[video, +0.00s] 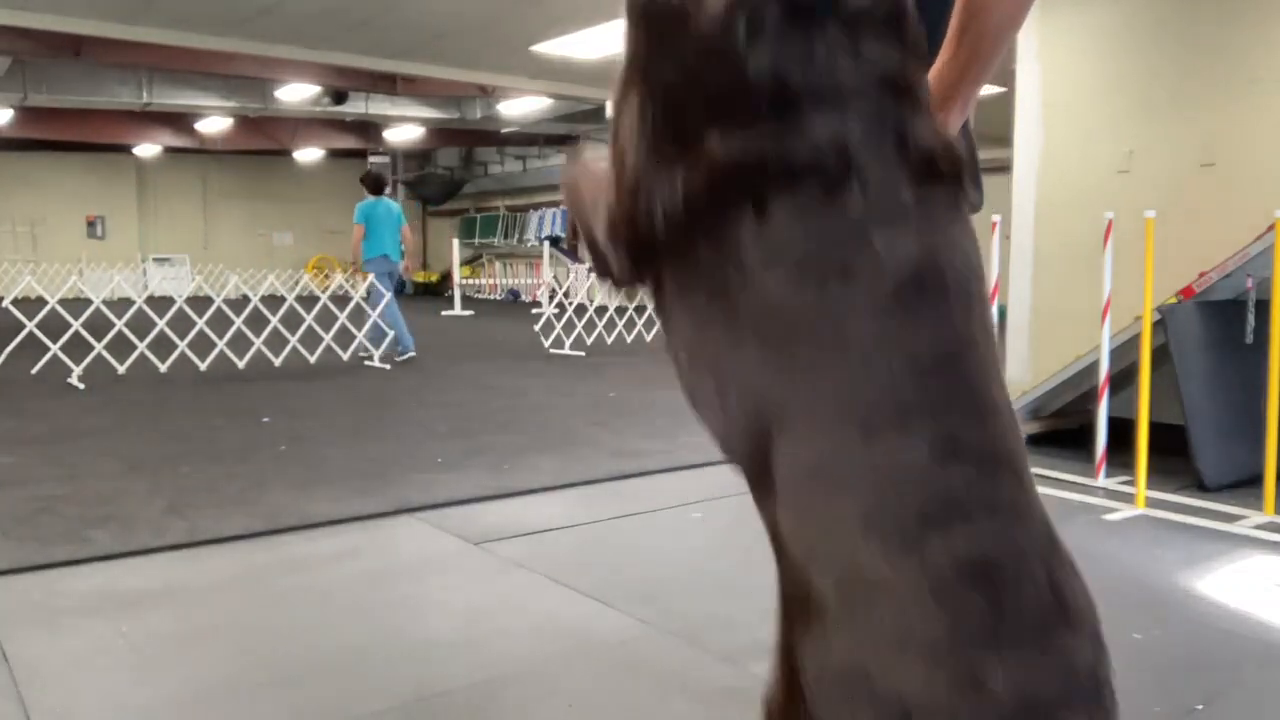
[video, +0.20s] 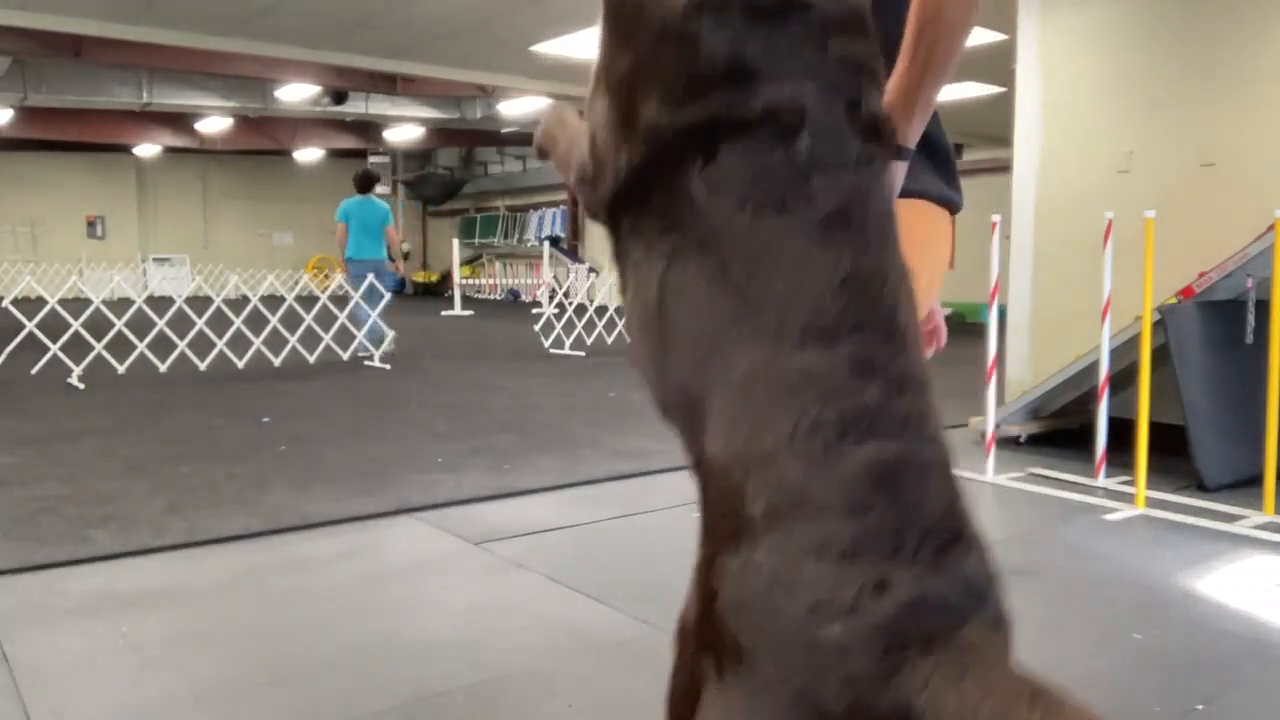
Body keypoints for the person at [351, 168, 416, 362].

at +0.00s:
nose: (363, 189)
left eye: (364, 186)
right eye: (364, 186)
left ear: (366, 188)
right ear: (383, 186)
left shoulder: (363, 207)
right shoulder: (395, 206)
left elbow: (358, 235)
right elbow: (407, 234)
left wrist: (355, 260)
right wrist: (408, 258)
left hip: (374, 259)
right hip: (394, 259)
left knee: (386, 303)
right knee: (379, 303)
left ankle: (406, 345)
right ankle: (372, 344)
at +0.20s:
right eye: (374, 184)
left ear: (356, 185)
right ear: (374, 186)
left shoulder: (346, 205)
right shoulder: (383, 207)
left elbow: (341, 235)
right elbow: (392, 237)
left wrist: (343, 259)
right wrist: (398, 259)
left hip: (356, 259)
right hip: (380, 259)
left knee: (359, 302)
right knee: (378, 300)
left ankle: (384, 333)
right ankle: (365, 343)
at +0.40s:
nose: (367, 185)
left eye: (366, 181)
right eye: (365, 182)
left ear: (346, 184)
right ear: (359, 184)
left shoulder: (334, 203)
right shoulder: (370, 204)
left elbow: (328, 231)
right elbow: (376, 232)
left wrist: (329, 255)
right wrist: (385, 258)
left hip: (342, 256)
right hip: (366, 257)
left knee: (341, 298)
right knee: (368, 299)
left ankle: (335, 339)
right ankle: (364, 343)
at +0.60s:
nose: (360, 187)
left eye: (359, 183)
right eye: (356, 183)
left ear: (342, 186)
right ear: (345, 185)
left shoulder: (327, 203)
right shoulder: (345, 204)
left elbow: (322, 235)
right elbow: (346, 234)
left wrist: (322, 259)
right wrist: (366, 257)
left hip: (328, 257)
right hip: (346, 258)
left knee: (329, 299)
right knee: (360, 300)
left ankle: (310, 338)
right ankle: (363, 343)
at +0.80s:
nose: (344, 189)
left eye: (346, 185)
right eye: (341, 184)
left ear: (343, 187)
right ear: (329, 185)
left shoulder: (326, 205)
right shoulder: (320, 204)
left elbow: (321, 234)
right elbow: (315, 234)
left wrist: (329, 253)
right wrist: (324, 254)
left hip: (317, 258)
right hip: (317, 258)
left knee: (315, 300)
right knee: (344, 297)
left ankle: (307, 341)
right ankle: (349, 340)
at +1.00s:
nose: (330, 186)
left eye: (332, 182)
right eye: (326, 181)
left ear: (331, 185)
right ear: (315, 182)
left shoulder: (321, 204)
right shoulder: (305, 201)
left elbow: (321, 236)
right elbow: (292, 230)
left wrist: (329, 257)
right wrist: (285, 258)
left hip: (317, 257)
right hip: (306, 256)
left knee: (311, 299)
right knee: (316, 298)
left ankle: (306, 341)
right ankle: (307, 342)